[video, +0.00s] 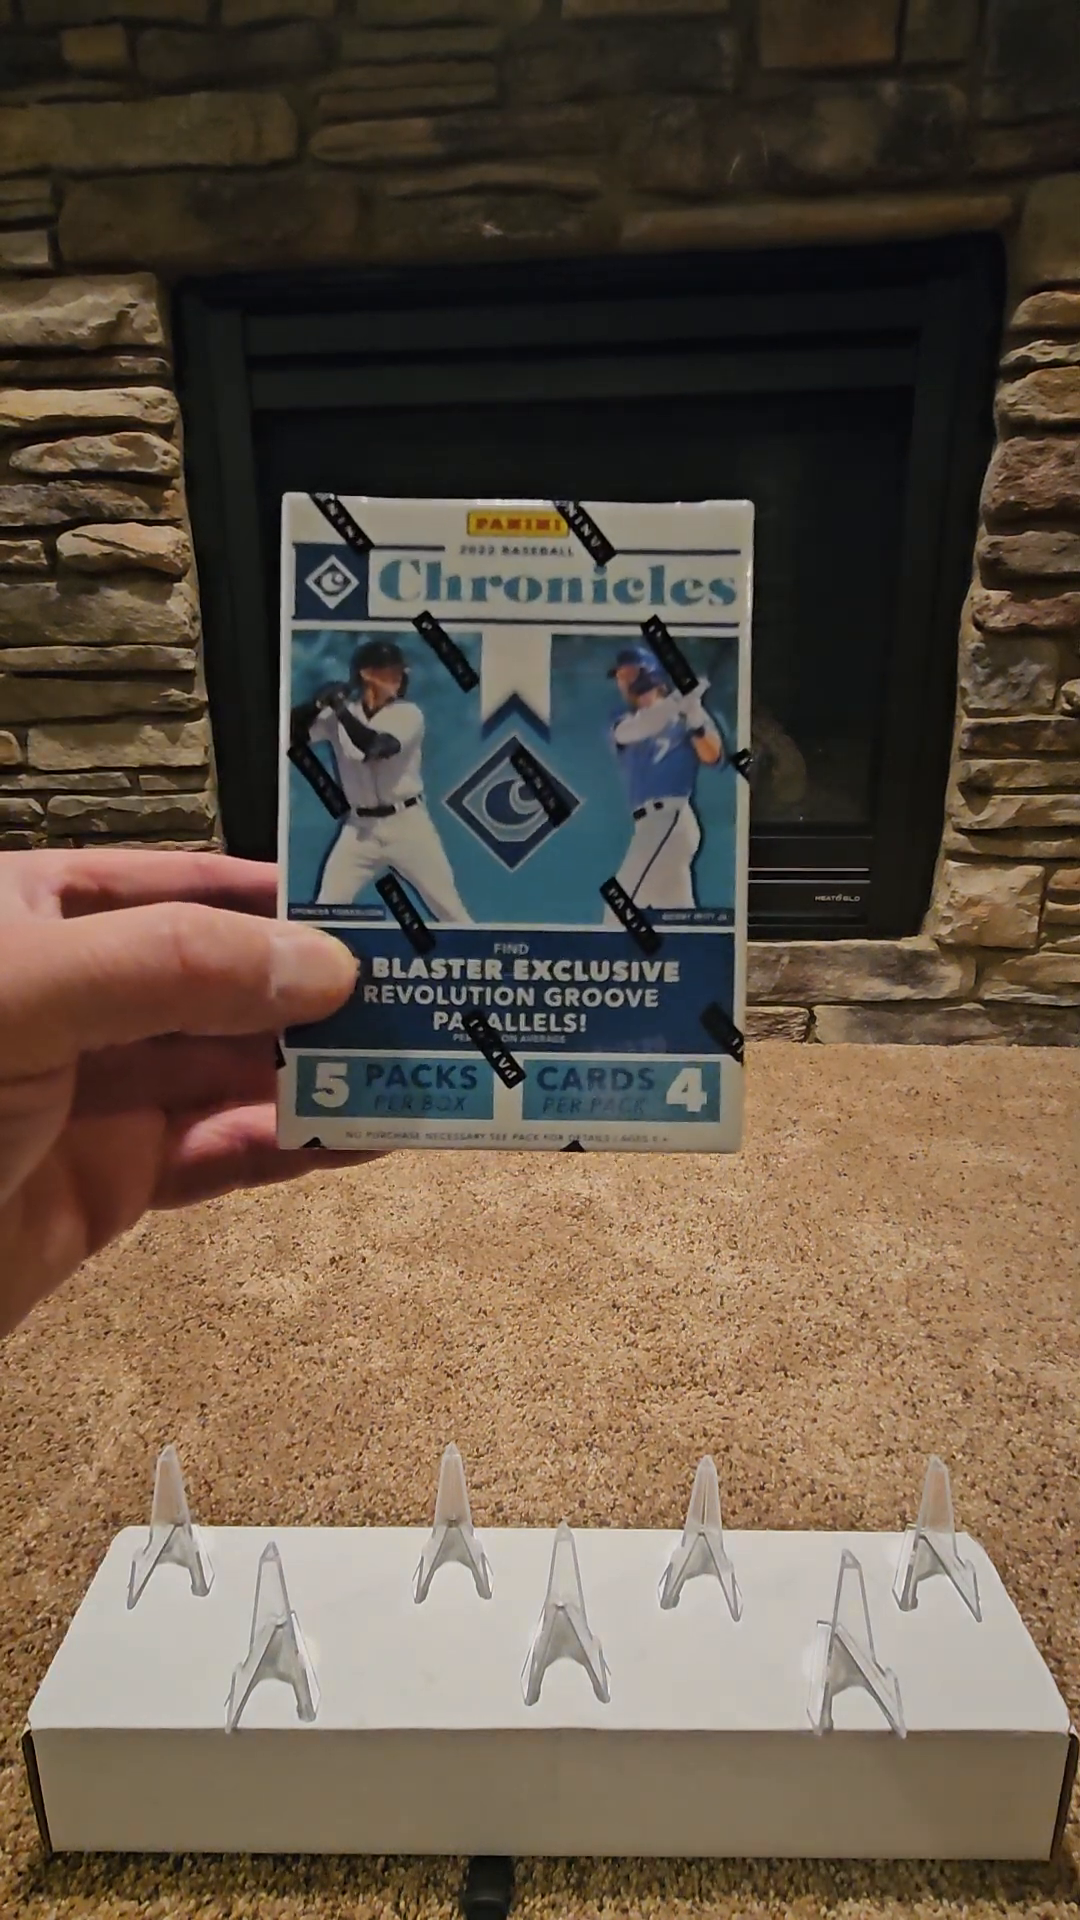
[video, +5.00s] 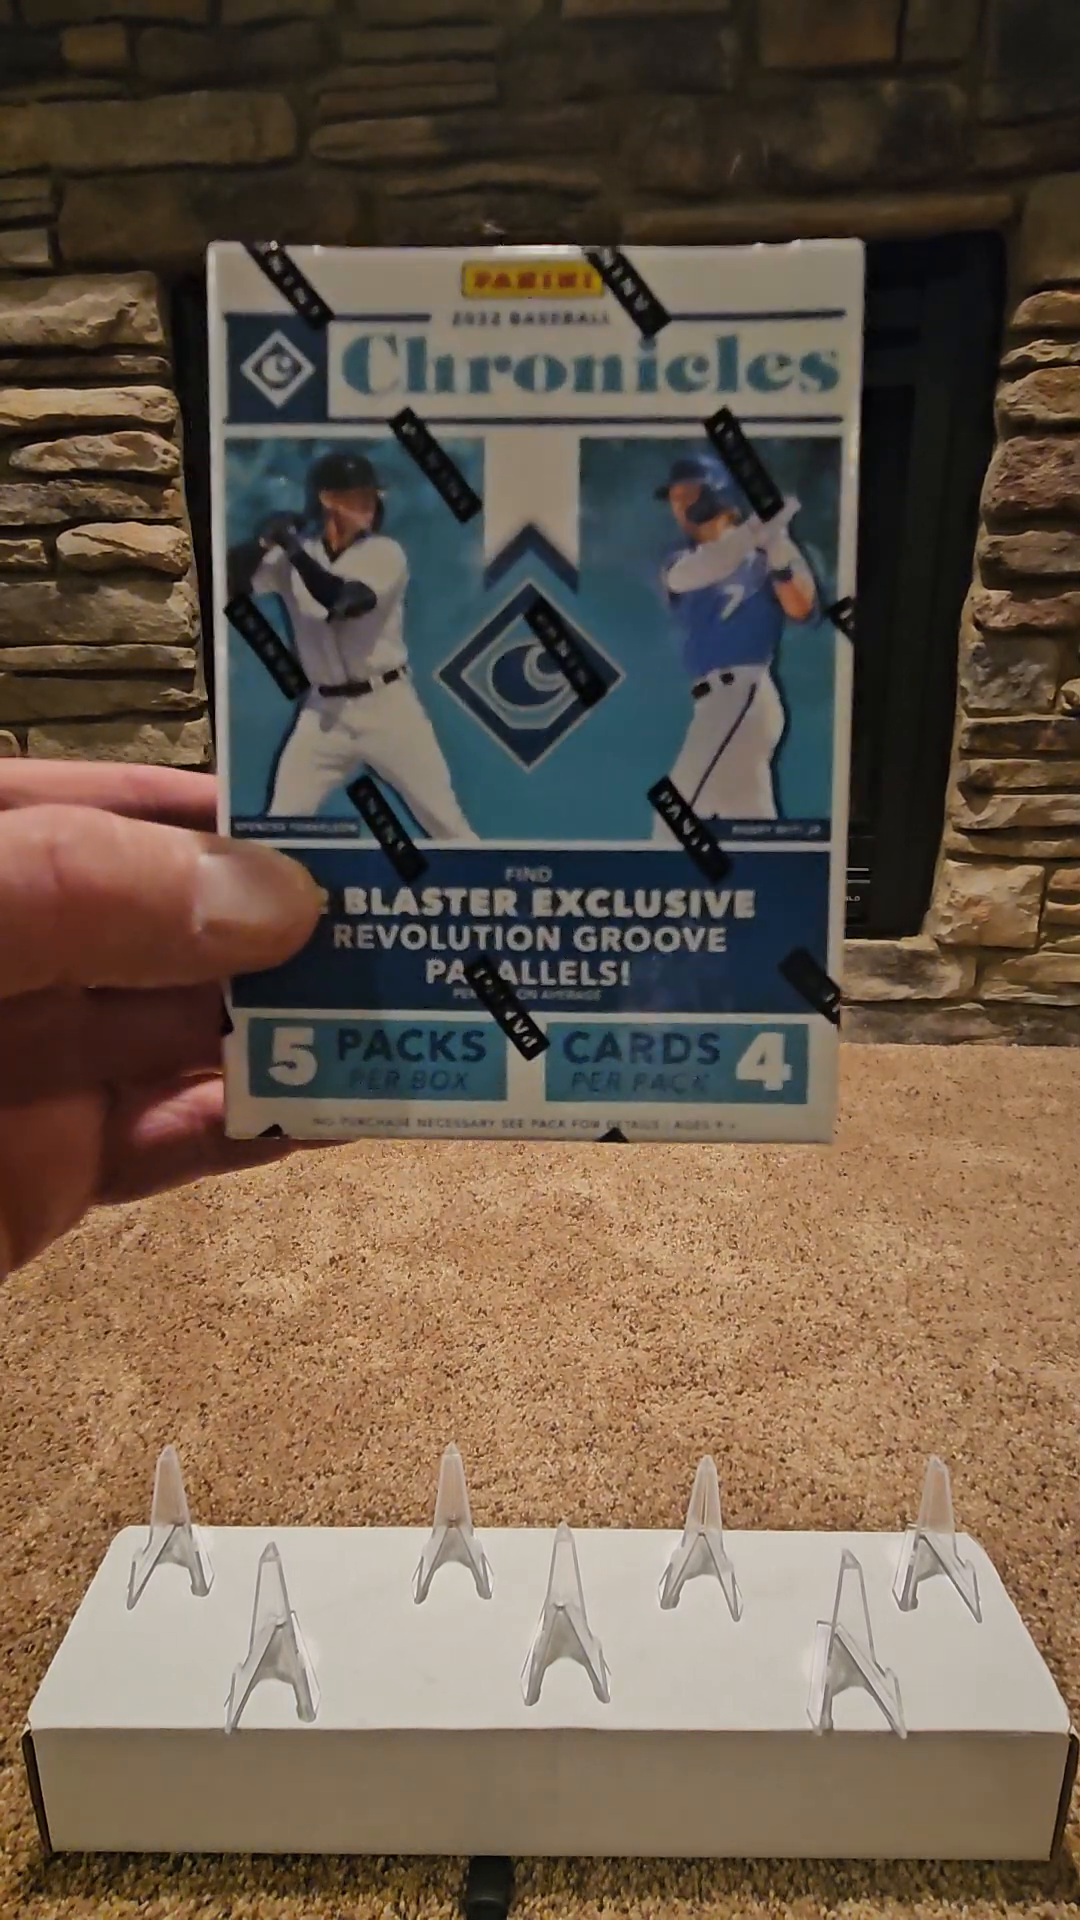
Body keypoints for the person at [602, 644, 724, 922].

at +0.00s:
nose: (623, 682)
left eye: (629, 673)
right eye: (620, 676)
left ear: (649, 676)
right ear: (617, 682)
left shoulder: (686, 712)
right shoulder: (623, 721)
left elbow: (712, 757)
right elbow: (636, 730)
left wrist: (695, 715)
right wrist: (678, 700)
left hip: (671, 820)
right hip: (647, 824)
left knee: (621, 905)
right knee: (677, 915)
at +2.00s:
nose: (614, 697)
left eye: (620, 688)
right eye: (612, 690)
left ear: (639, 687)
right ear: (611, 693)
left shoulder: (681, 724)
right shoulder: (614, 733)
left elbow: (705, 768)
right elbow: (632, 741)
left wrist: (688, 727)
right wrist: (671, 711)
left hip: (664, 831)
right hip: (640, 835)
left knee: (615, 918)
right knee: (671, 927)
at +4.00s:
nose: (617, 665)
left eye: (624, 655)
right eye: (612, 658)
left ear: (645, 657)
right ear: (608, 664)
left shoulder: (684, 696)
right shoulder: (612, 706)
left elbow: (711, 743)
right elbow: (632, 715)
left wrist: (692, 699)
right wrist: (671, 684)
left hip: (668, 811)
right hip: (643, 815)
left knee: (615, 904)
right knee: (676, 915)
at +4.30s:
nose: (600, 614)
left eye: (608, 603)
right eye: (595, 605)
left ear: (629, 602)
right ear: (589, 610)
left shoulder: (670, 643)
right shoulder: (595, 655)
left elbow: (698, 696)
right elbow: (624, 658)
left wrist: (679, 648)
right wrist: (660, 627)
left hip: (652, 768)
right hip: (625, 771)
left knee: (594, 868)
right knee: (659, 880)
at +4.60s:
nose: (622, 558)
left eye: (630, 547)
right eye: (617, 550)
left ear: (656, 549)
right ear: (613, 556)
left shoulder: (699, 592)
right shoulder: (622, 606)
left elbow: (732, 649)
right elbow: (642, 614)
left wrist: (710, 594)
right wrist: (682, 583)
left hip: (682, 727)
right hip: (653, 731)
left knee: (621, 835)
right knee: (693, 848)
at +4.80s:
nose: (644, 525)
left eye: (653, 513)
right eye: (641, 516)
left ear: (681, 514)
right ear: (638, 521)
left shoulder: (735, 562)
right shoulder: (652, 575)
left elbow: (765, 621)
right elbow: (655, 590)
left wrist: (742, 562)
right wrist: (718, 546)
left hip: (711, 704)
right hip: (682, 709)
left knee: (647, 819)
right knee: (721, 833)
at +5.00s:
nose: (679, 509)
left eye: (688, 496)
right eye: (674, 500)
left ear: (717, 497)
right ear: (670, 506)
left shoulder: (769, 547)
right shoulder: (680, 562)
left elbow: (801, 609)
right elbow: (698, 572)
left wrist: (777, 546)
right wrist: (757, 528)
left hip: (744, 697)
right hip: (713, 702)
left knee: (676, 816)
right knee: (753, 832)